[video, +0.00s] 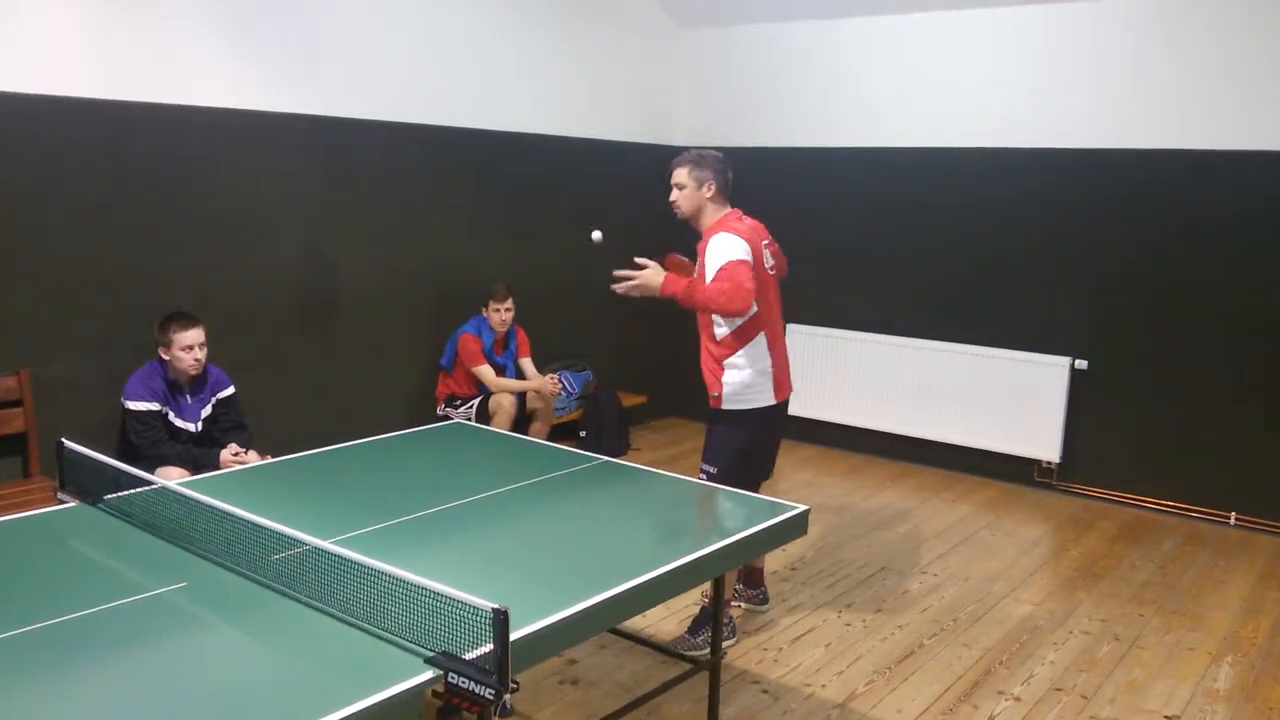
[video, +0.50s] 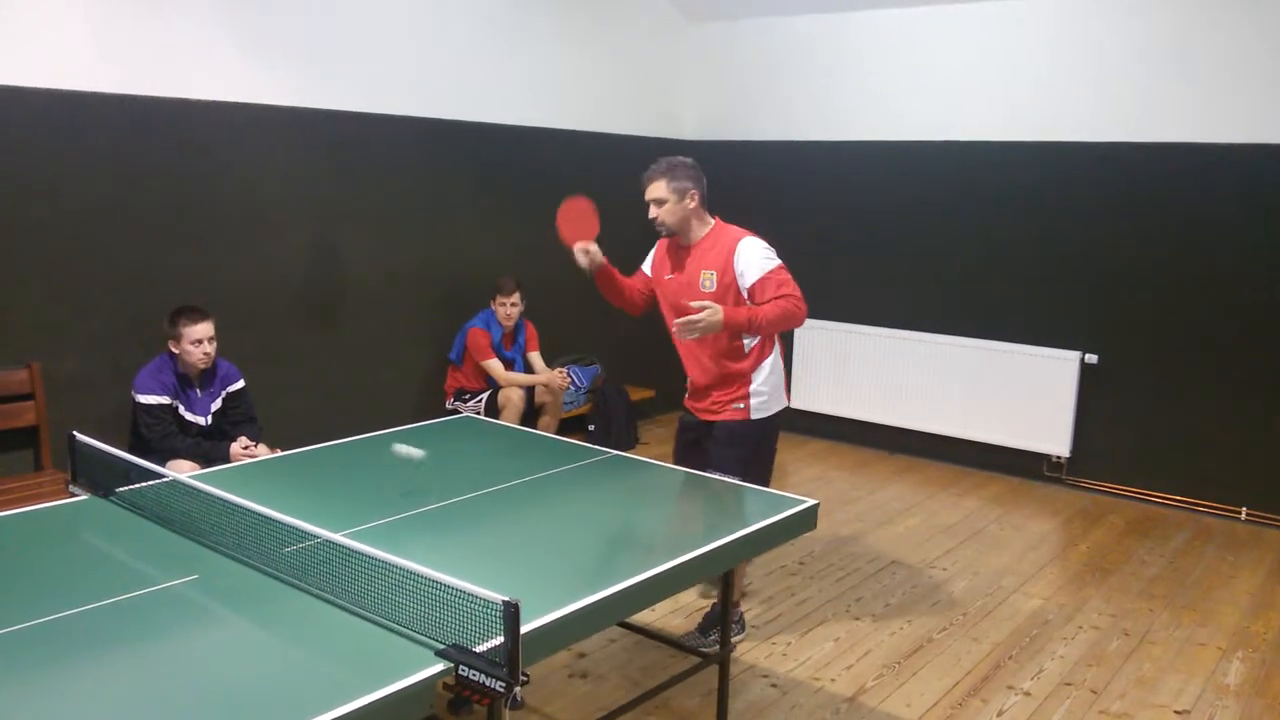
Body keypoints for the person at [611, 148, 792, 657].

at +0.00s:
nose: (672, 197)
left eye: (678, 188)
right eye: (672, 188)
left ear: (708, 189)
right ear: (713, 191)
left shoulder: (723, 239)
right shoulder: (751, 229)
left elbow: (736, 298)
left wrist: (667, 285)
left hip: (741, 400)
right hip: (764, 395)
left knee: (714, 505)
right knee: (742, 494)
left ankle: (717, 613)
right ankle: (752, 582)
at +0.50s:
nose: (651, 214)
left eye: (658, 203)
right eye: (649, 204)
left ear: (692, 199)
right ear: (677, 203)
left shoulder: (743, 248)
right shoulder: (663, 253)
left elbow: (793, 307)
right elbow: (634, 299)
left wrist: (728, 318)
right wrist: (601, 269)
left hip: (748, 408)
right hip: (698, 404)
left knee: (734, 513)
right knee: (692, 505)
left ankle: (731, 610)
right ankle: (725, 596)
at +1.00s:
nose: (642, 216)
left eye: (652, 206)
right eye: (637, 206)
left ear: (682, 207)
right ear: (634, 209)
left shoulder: (729, 256)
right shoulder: (634, 263)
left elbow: (753, 324)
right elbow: (631, 324)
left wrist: (703, 335)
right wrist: (654, 351)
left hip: (730, 401)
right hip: (671, 400)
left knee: (741, 499)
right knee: (641, 490)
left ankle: (752, 604)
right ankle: (630, 580)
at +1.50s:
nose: (672, 250)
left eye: (681, 239)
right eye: (666, 240)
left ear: (711, 231)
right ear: (663, 237)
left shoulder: (763, 276)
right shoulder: (665, 281)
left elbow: (802, 338)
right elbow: (654, 339)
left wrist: (754, 387)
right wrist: (659, 394)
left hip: (763, 416)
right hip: (699, 413)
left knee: (778, 514)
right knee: (668, 498)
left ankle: (795, 618)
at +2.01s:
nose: (658, 216)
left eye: (668, 207)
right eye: (655, 206)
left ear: (699, 209)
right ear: (656, 209)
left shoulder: (745, 261)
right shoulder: (647, 255)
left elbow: (771, 324)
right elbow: (599, 296)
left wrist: (734, 358)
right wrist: (577, 316)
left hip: (732, 412)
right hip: (667, 408)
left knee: (763, 507)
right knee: (639, 497)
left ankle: (791, 611)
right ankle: (623, 584)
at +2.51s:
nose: (696, 209)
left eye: (707, 201)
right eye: (694, 200)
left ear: (740, 206)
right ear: (696, 206)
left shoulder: (782, 265)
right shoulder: (697, 261)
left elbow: (796, 344)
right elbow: (699, 329)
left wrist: (728, 377)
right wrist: (699, 365)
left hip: (781, 424)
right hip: (724, 416)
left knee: (787, 523)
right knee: (699, 503)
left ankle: (793, 616)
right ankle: (686, 578)